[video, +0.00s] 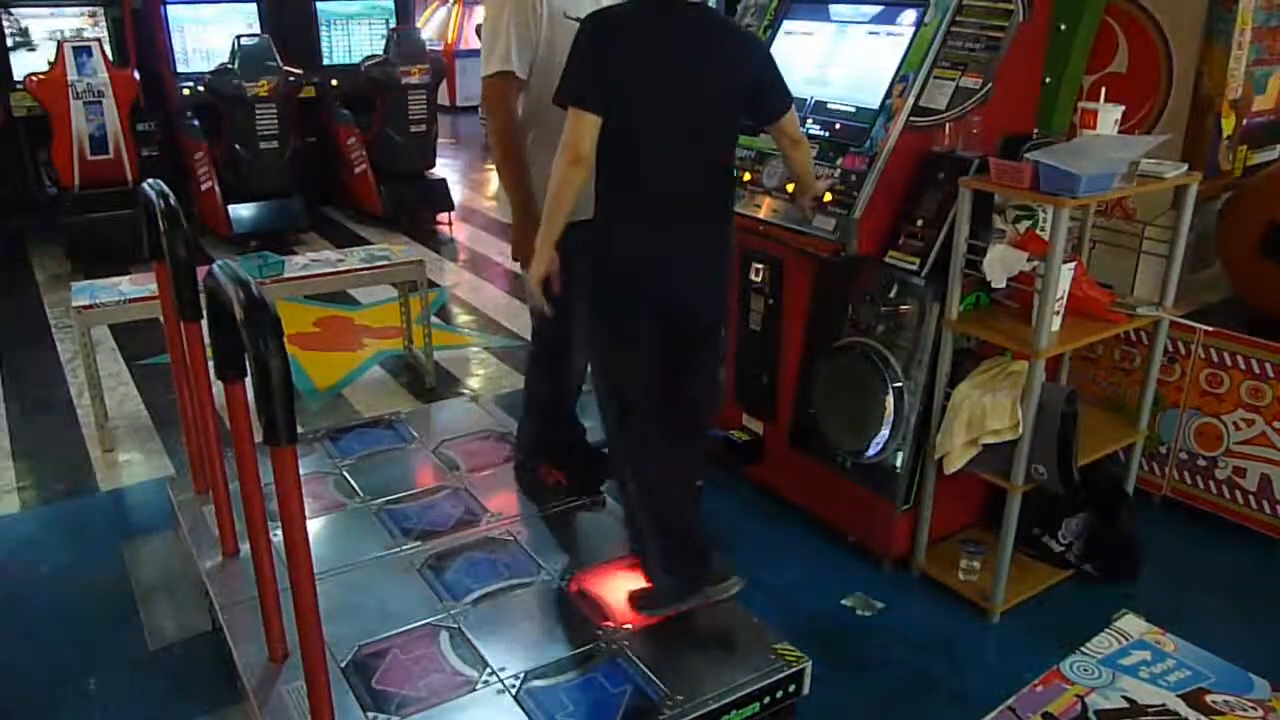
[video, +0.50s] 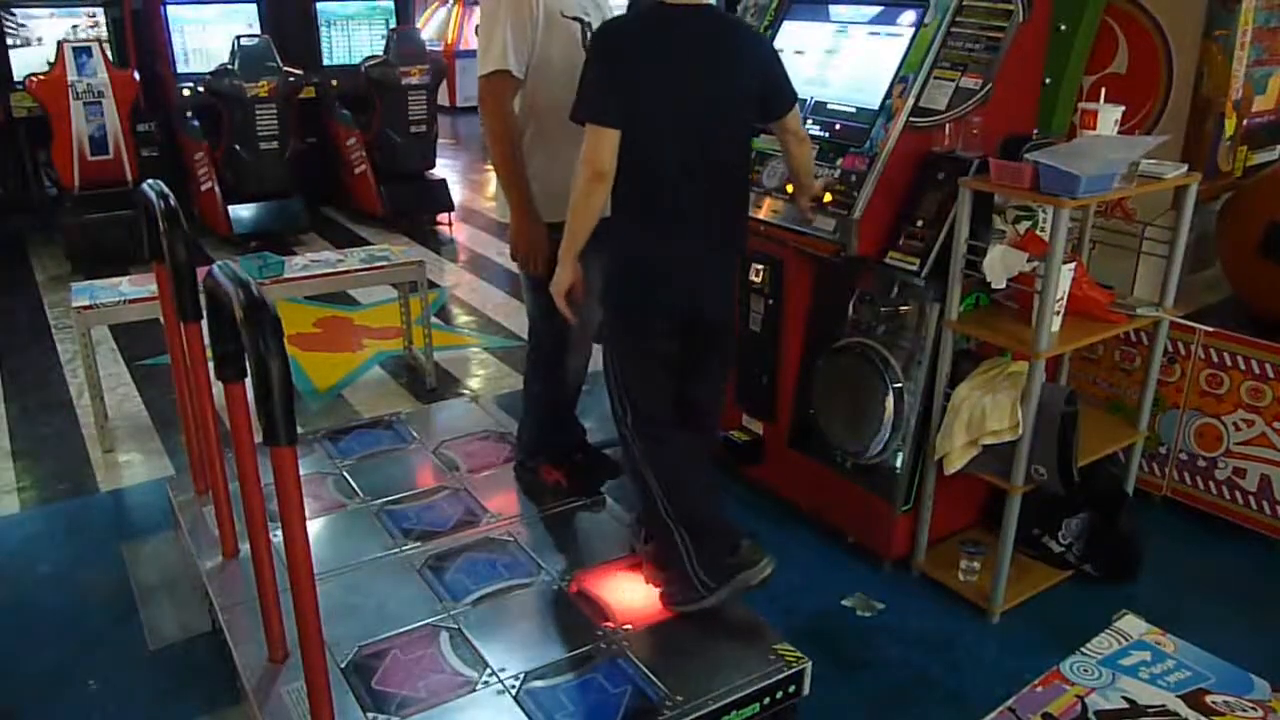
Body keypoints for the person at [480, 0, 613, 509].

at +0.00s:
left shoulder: (631, 11)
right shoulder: (522, 3)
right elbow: (498, 105)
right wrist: (524, 217)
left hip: (613, 202)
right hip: (557, 206)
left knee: (583, 339)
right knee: (558, 341)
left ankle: (568, 451)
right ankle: (541, 458)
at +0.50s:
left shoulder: (614, 8)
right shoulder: (518, 2)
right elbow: (495, 104)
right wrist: (523, 215)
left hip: (598, 201)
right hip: (546, 208)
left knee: (578, 336)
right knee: (554, 339)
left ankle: (566, 441)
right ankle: (537, 456)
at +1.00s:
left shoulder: (613, 9)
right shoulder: (524, 2)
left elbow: (605, 103)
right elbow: (487, 91)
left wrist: (612, 189)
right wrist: (512, 198)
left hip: (583, 203)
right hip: (529, 202)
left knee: (566, 334)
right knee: (530, 335)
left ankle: (556, 440)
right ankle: (499, 447)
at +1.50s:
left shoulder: (609, 11)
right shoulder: (516, 1)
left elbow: (607, 103)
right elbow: (482, 84)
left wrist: (662, 149)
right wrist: (506, 193)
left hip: (586, 204)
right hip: (523, 202)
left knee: (566, 338)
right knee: (506, 337)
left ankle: (556, 445)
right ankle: (451, 445)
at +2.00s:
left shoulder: (617, 11)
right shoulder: (519, 1)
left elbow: (612, 110)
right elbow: (478, 83)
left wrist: (673, 157)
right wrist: (495, 190)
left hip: (582, 203)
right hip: (517, 198)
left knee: (562, 337)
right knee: (489, 334)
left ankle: (557, 440)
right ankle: (432, 447)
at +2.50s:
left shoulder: (589, 16)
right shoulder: (487, 3)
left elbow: (590, 108)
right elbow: (441, 76)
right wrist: (450, 189)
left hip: (558, 207)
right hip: (484, 204)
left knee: (551, 344)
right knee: (466, 349)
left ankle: (554, 448)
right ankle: (442, 464)